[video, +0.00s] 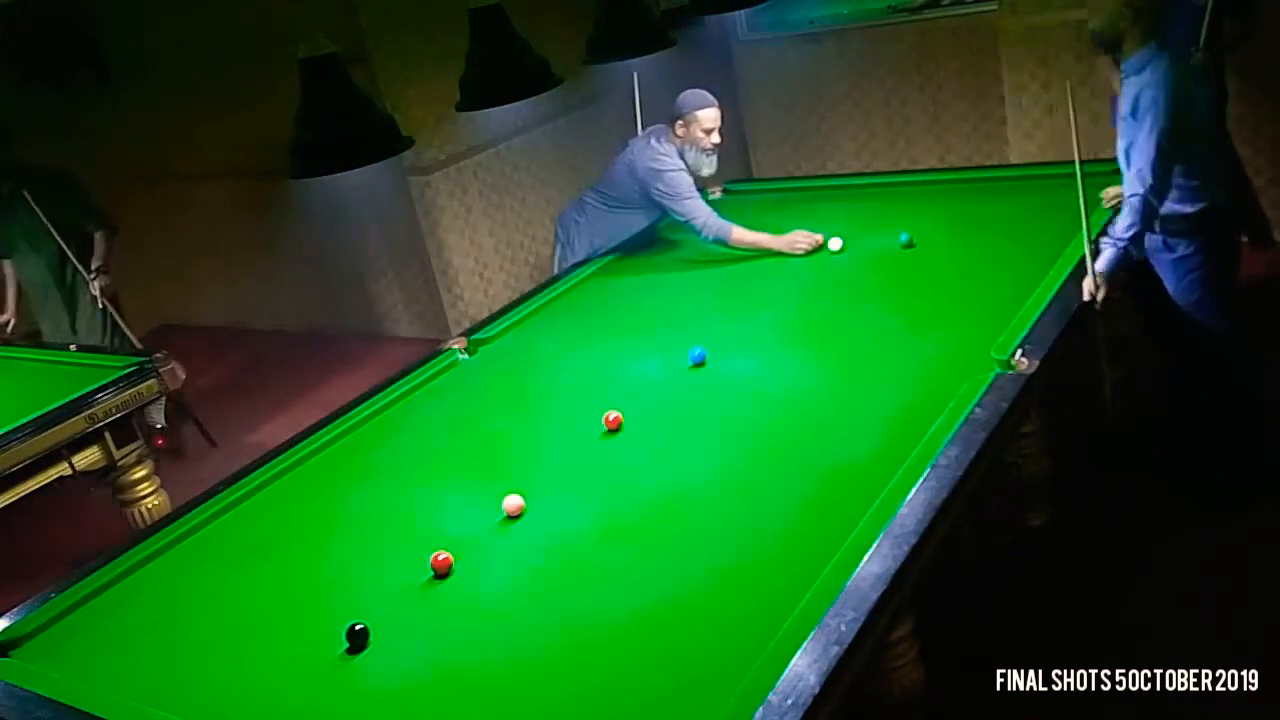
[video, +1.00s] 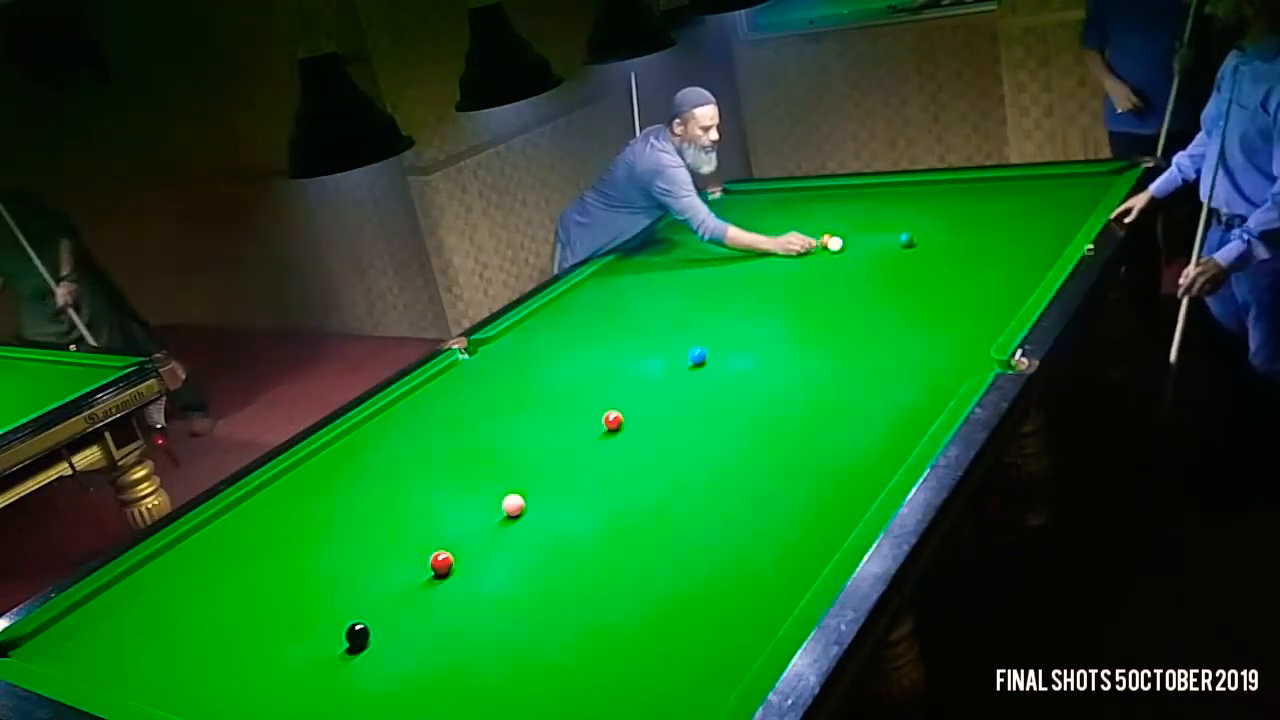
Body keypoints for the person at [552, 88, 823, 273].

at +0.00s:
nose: (716, 141)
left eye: (718, 131)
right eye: (708, 132)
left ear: (683, 129)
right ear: (680, 130)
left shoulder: (670, 136)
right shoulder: (661, 163)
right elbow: (709, 226)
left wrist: (701, 185)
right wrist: (778, 242)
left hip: (625, 232)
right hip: (586, 239)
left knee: (614, 311)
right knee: (577, 318)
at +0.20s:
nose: (717, 142)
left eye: (719, 133)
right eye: (709, 134)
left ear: (685, 131)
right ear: (681, 132)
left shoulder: (676, 138)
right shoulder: (663, 166)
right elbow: (718, 224)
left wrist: (705, 184)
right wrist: (786, 241)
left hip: (628, 231)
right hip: (586, 239)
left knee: (621, 311)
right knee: (580, 319)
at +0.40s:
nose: (716, 142)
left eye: (719, 133)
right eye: (708, 134)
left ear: (684, 130)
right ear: (680, 132)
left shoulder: (669, 136)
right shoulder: (663, 166)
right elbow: (718, 224)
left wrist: (700, 184)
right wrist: (786, 241)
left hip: (626, 231)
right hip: (586, 240)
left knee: (617, 311)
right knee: (579, 318)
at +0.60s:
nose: (716, 141)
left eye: (718, 132)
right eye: (707, 133)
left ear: (684, 130)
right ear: (680, 132)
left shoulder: (671, 136)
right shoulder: (664, 166)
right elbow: (718, 222)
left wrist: (703, 182)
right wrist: (788, 241)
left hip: (626, 231)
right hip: (586, 239)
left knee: (616, 310)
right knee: (578, 317)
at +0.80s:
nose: (716, 140)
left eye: (718, 131)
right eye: (707, 132)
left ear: (684, 129)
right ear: (680, 131)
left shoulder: (671, 137)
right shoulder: (663, 166)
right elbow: (717, 222)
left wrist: (702, 183)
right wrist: (786, 241)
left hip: (627, 232)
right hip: (586, 240)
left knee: (617, 310)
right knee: (578, 318)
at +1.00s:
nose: (715, 138)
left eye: (716, 128)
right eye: (706, 129)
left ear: (680, 127)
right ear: (678, 128)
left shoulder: (663, 135)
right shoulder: (662, 164)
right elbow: (706, 226)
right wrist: (773, 243)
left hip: (623, 234)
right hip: (586, 241)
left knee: (610, 312)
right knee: (578, 320)